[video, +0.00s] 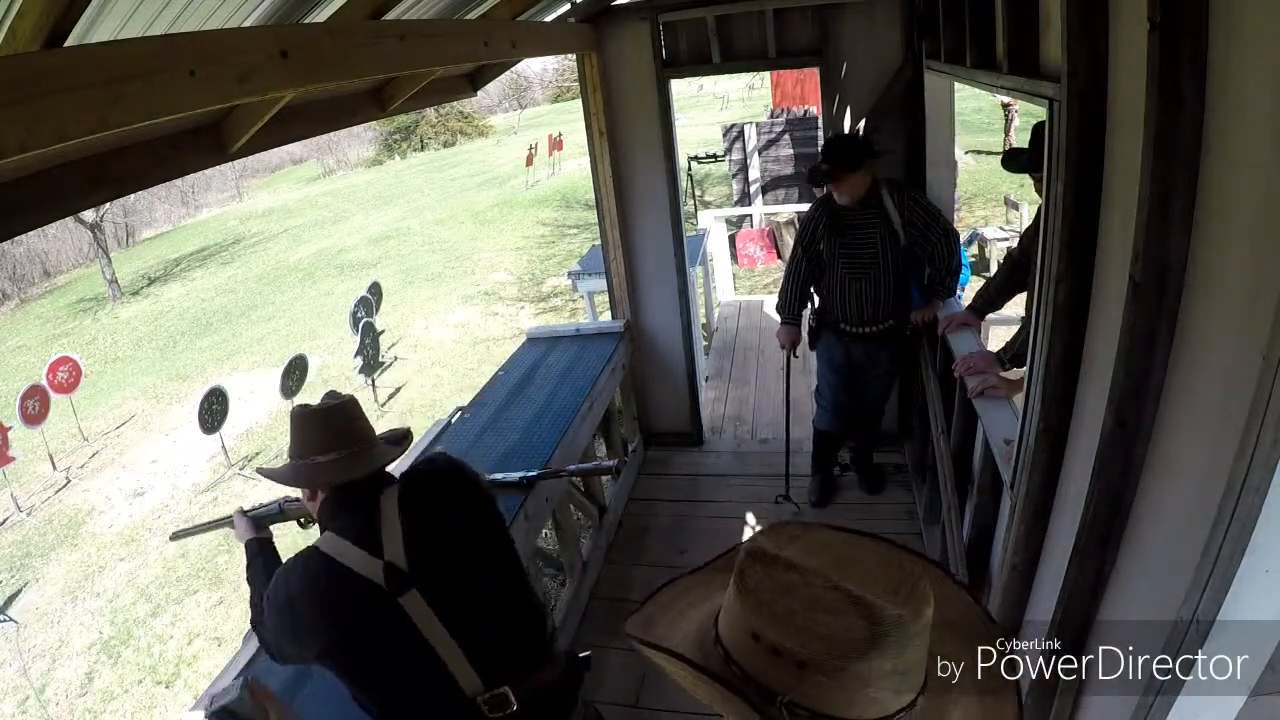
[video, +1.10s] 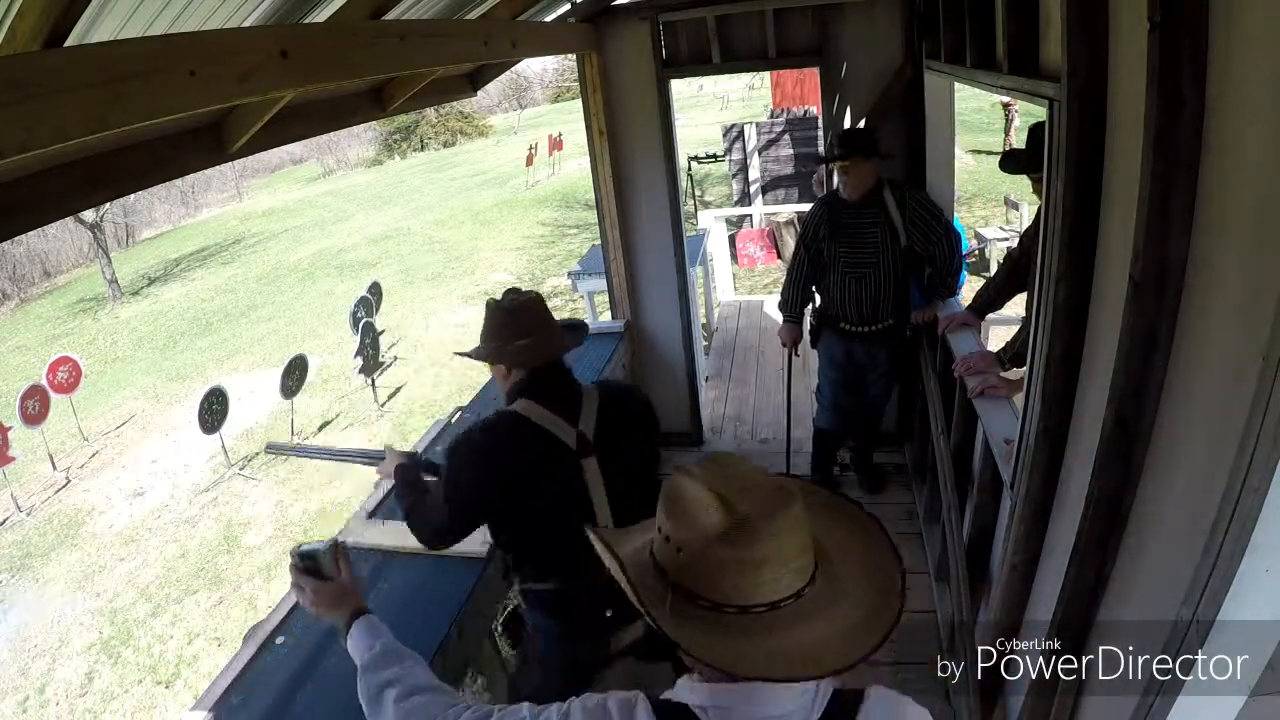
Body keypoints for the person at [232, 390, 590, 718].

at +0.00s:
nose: (302, 491)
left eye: (300, 482)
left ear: (312, 490)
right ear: (380, 458)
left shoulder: (306, 589)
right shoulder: (448, 479)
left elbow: (278, 636)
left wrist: (254, 543)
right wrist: (333, 502)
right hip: (546, 683)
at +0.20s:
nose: (311, 481)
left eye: (314, 473)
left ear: (325, 481)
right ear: (393, 451)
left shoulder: (310, 577)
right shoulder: (464, 478)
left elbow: (283, 622)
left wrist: (276, 528)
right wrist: (354, 487)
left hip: (439, 716)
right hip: (547, 683)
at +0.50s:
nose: (342, 465)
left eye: (342, 457)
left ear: (351, 466)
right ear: (421, 435)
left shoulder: (325, 559)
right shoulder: (488, 464)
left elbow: (287, 591)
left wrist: (282, 510)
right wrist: (380, 476)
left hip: (435, 715)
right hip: (546, 685)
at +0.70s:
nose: (355, 437)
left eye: (357, 428)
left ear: (363, 434)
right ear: (442, 415)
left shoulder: (344, 531)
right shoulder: (504, 459)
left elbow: (322, 520)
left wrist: (306, 471)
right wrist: (385, 461)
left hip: (450, 703)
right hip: (552, 672)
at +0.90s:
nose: (415, 417)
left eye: (418, 409)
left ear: (425, 415)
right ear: (493, 397)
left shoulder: (402, 498)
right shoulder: (555, 447)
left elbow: (370, 553)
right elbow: (586, 543)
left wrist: (381, 463)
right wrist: (438, 458)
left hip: (496, 682)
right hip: (588, 649)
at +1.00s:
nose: (456, 396)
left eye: (458, 386)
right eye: (457, 385)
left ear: (470, 392)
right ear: (530, 379)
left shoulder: (453, 476)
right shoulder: (589, 433)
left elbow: (396, 545)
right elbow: (615, 526)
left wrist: (388, 467)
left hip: (530, 648)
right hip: (611, 619)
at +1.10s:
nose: (491, 374)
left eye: (490, 364)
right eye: (489, 364)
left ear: (503, 368)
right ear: (559, 352)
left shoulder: (485, 446)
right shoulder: (626, 403)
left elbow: (436, 531)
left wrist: (403, 475)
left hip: (563, 615)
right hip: (644, 586)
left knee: (545, 705)